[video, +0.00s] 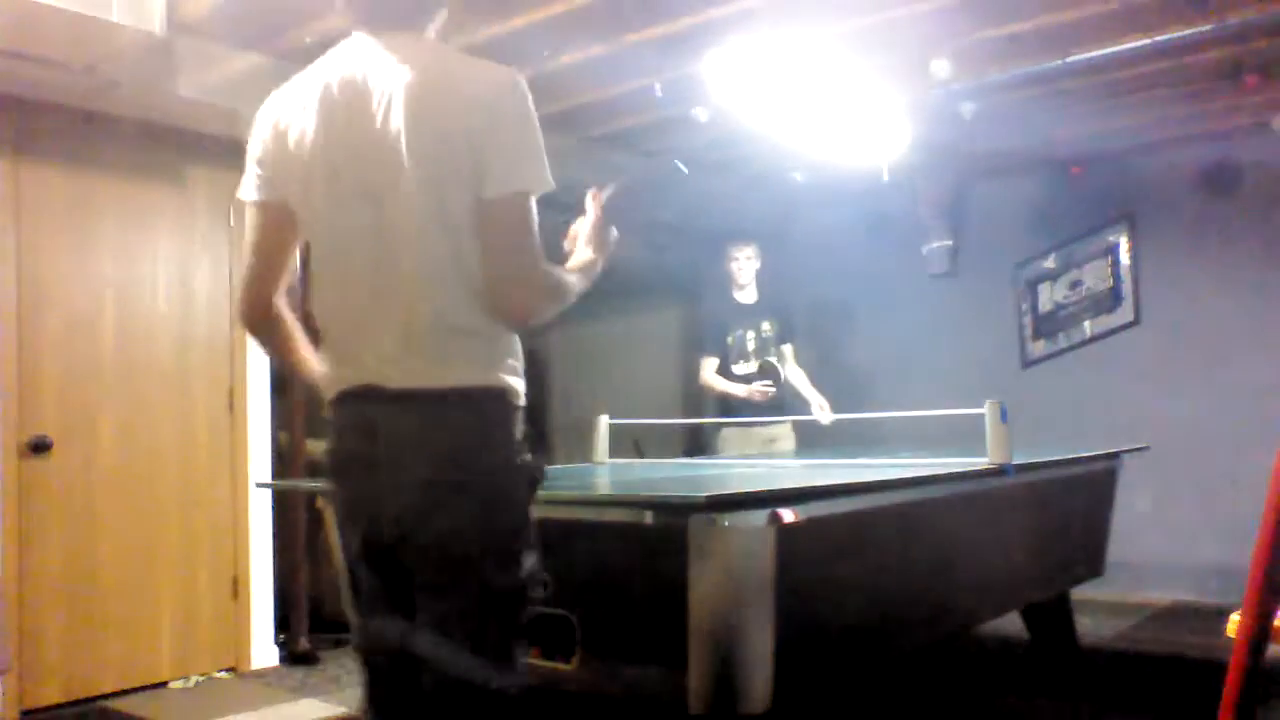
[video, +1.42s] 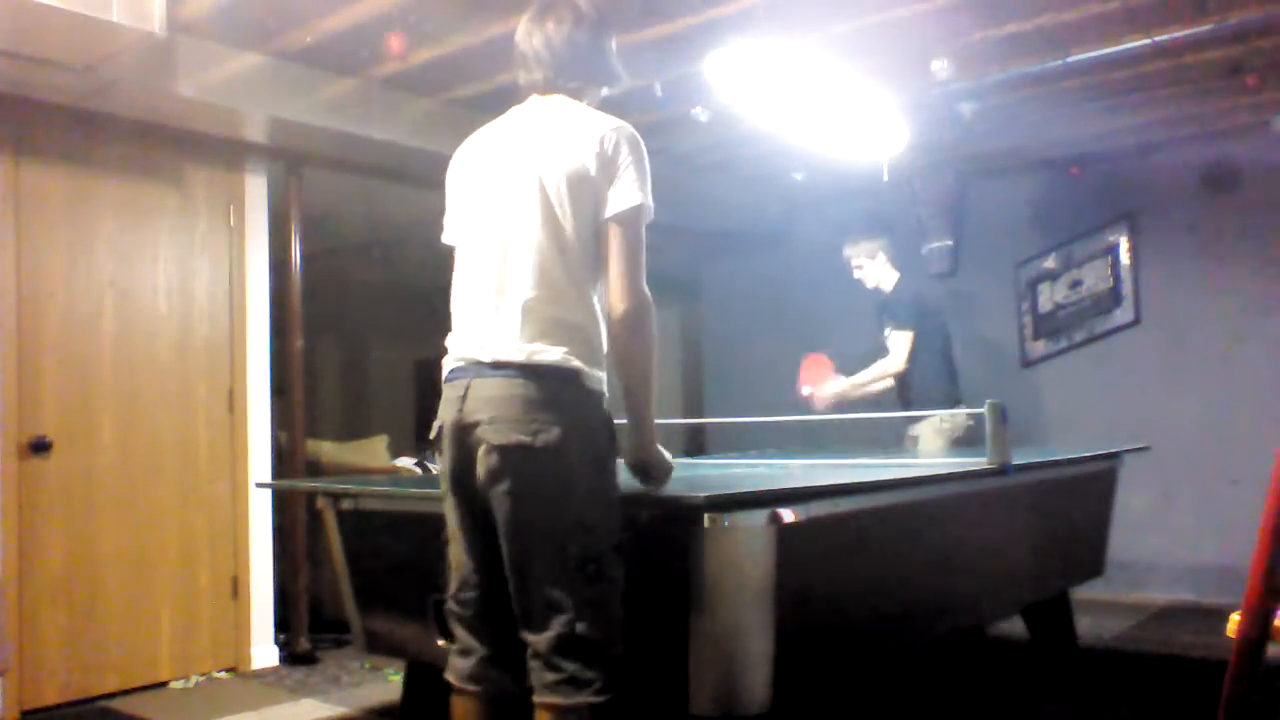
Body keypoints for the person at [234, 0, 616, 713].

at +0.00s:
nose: (461, 24)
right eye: (455, 18)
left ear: (351, 9)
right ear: (444, 11)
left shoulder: (289, 106)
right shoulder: (487, 90)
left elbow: (260, 302)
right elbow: (518, 299)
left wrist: (334, 388)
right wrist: (588, 258)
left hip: (359, 423)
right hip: (467, 421)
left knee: (390, 667)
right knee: (480, 660)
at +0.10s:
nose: (467, 27)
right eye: (460, 21)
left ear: (361, 16)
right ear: (451, 19)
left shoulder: (312, 115)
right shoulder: (492, 97)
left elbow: (288, 306)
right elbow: (523, 299)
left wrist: (360, 370)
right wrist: (601, 263)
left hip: (375, 435)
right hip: (484, 436)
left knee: (419, 676)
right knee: (530, 673)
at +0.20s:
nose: (487, 20)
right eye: (481, 15)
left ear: (381, 17)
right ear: (468, 20)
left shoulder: (329, 119)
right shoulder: (501, 99)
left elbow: (318, 302)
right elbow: (538, 292)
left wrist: (404, 313)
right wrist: (611, 269)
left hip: (386, 428)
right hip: (496, 427)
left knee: (422, 664)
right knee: (548, 660)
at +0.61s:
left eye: (472, 21)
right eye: (567, 27)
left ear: (474, 39)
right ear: (559, 39)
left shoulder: (426, 136)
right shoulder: (583, 124)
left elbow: (423, 309)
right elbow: (610, 306)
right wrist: (616, 372)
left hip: (451, 415)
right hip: (549, 417)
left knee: (477, 646)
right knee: (566, 656)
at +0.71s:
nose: (599, 41)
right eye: (591, 26)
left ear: (496, 41)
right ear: (584, 39)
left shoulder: (443, 137)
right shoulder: (598, 127)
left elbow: (425, 308)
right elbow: (621, 297)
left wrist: (484, 373)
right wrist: (628, 407)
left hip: (459, 415)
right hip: (555, 415)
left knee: (491, 641)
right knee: (568, 659)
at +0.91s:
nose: (617, 65)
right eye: (613, 49)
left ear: (523, 51)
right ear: (604, 50)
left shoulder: (465, 145)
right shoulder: (614, 136)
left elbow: (448, 305)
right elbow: (627, 307)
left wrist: (467, 411)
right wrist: (638, 444)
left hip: (463, 411)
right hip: (555, 413)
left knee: (486, 649)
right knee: (567, 657)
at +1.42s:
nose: (615, 75)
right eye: (609, 62)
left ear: (523, 64)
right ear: (599, 63)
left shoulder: (471, 149)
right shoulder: (609, 136)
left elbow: (466, 296)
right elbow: (625, 301)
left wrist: (453, 417)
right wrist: (642, 432)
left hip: (459, 408)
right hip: (546, 410)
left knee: (474, 638)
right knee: (568, 643)